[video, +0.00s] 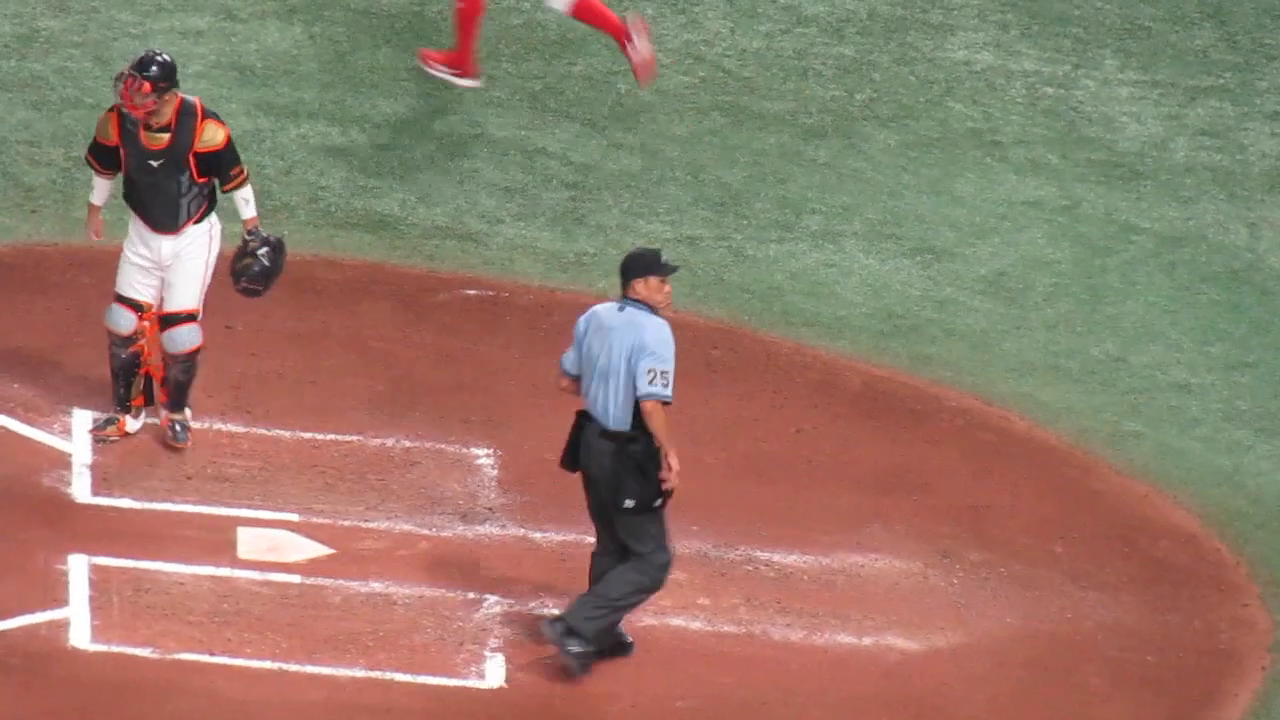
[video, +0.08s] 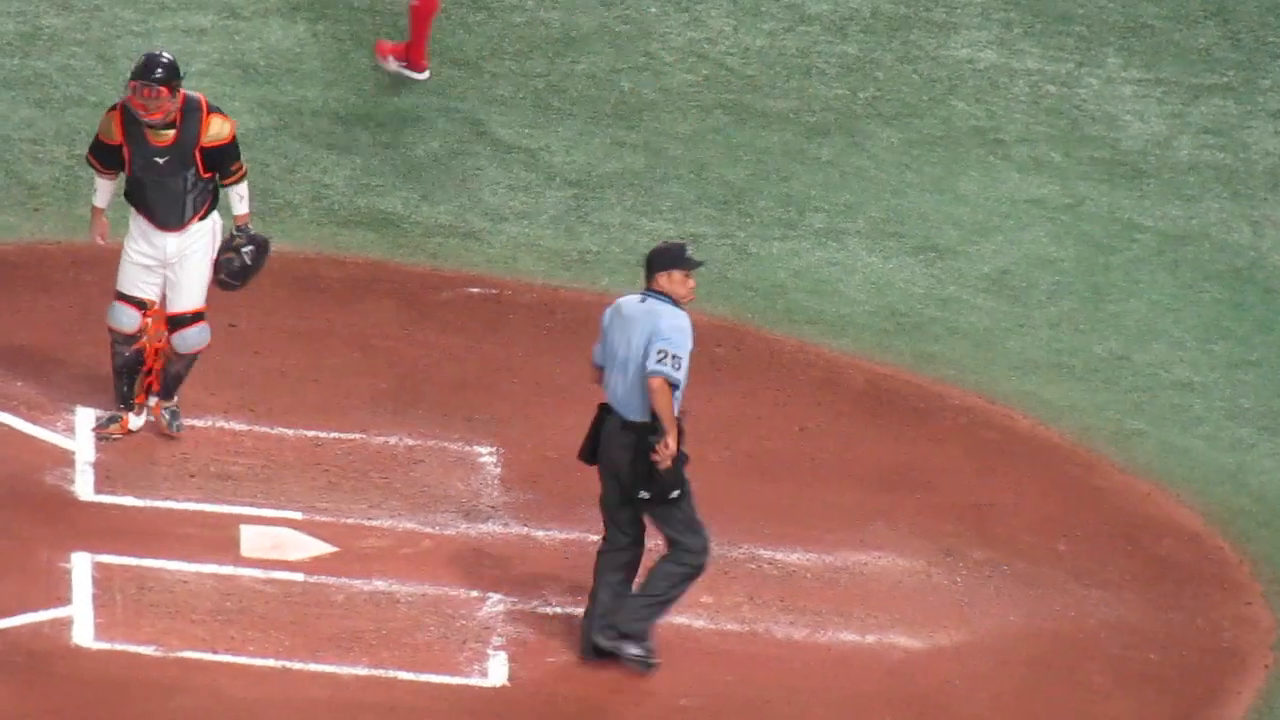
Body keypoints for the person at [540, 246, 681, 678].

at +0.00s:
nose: (669, 287)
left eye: (668, 280)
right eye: (662, 281)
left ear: (631, 286)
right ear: (640, 285)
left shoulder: (595, 316)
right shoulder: (655, 331)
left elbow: (570, 380)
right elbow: (650, 403)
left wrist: (614, 391)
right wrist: (669, 453)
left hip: (591, 444)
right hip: (627, 453)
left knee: (609, 543)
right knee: (652, 560)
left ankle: (602, 629)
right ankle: (575, 628)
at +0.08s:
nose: (693, 281)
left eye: (692, 274)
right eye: (686, 275)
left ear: (657, 279)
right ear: (664, 278)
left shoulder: (619, 308)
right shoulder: (674, 320)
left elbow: (600, 371)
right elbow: (658, 381)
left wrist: (627, 407)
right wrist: (669, 434)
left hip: (612, 438)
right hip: (648, 447)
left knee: (621, 539)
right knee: (690, 548)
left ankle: (599, 636)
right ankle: (629, 627)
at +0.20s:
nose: (732, 286)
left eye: (732, 278)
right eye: (726, 279)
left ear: (695, 281)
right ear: (704, 281)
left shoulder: (662, 308)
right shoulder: (708, 317)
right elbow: (673, 359)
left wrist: (696, 421)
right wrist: (673, 411)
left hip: (646, 437)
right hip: (683, 444)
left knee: (634, 538)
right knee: (728, 540)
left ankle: (607, 633)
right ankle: (724, 636)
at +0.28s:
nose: (761, 292)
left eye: (761, 285)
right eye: (753, 285)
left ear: (725, 288)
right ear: (730, 287)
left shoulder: (692, 311)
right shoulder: (730, 323)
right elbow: (684, 364)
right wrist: (687, 413)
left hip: (674, 441)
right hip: (708, 447)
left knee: (650, 539)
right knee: (744, 545)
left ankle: (614, 631)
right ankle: (769, 631)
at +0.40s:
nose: (805, 298)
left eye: (805, 290)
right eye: (798, 290)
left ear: (771, 292)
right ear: (775, 291)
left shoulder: (741, 315)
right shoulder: (767, 331)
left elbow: (720, 366)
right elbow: (716, 375)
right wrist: (720, 421)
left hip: (722, 449)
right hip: (754, 454)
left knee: (695, 543)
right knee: (783, 553)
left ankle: (633, 622)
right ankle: (786, 638)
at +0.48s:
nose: (831, 298)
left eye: (832, 290)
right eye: (825, 289)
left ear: (799, 290)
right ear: (802, 288)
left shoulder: (770, 311)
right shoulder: (794, 329)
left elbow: (746, 367)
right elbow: (743, 378)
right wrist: (748, 422)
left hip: (751, 446)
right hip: (782, 450)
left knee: (740, 539)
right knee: (805, 548)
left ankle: (667, 600)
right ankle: (793, 639)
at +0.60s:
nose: (867, 299)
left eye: (869, 292)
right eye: (866, 290)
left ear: (841, 280)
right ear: (847, 283)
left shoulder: (797, 303)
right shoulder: (835, 321)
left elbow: (770, 366)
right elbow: (787, 371)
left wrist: (766, 423)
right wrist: (783, 424)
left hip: (785, 434)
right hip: (814, 438)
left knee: (799, 525)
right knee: (820, 542)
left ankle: (740, 591)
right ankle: (799, 636)